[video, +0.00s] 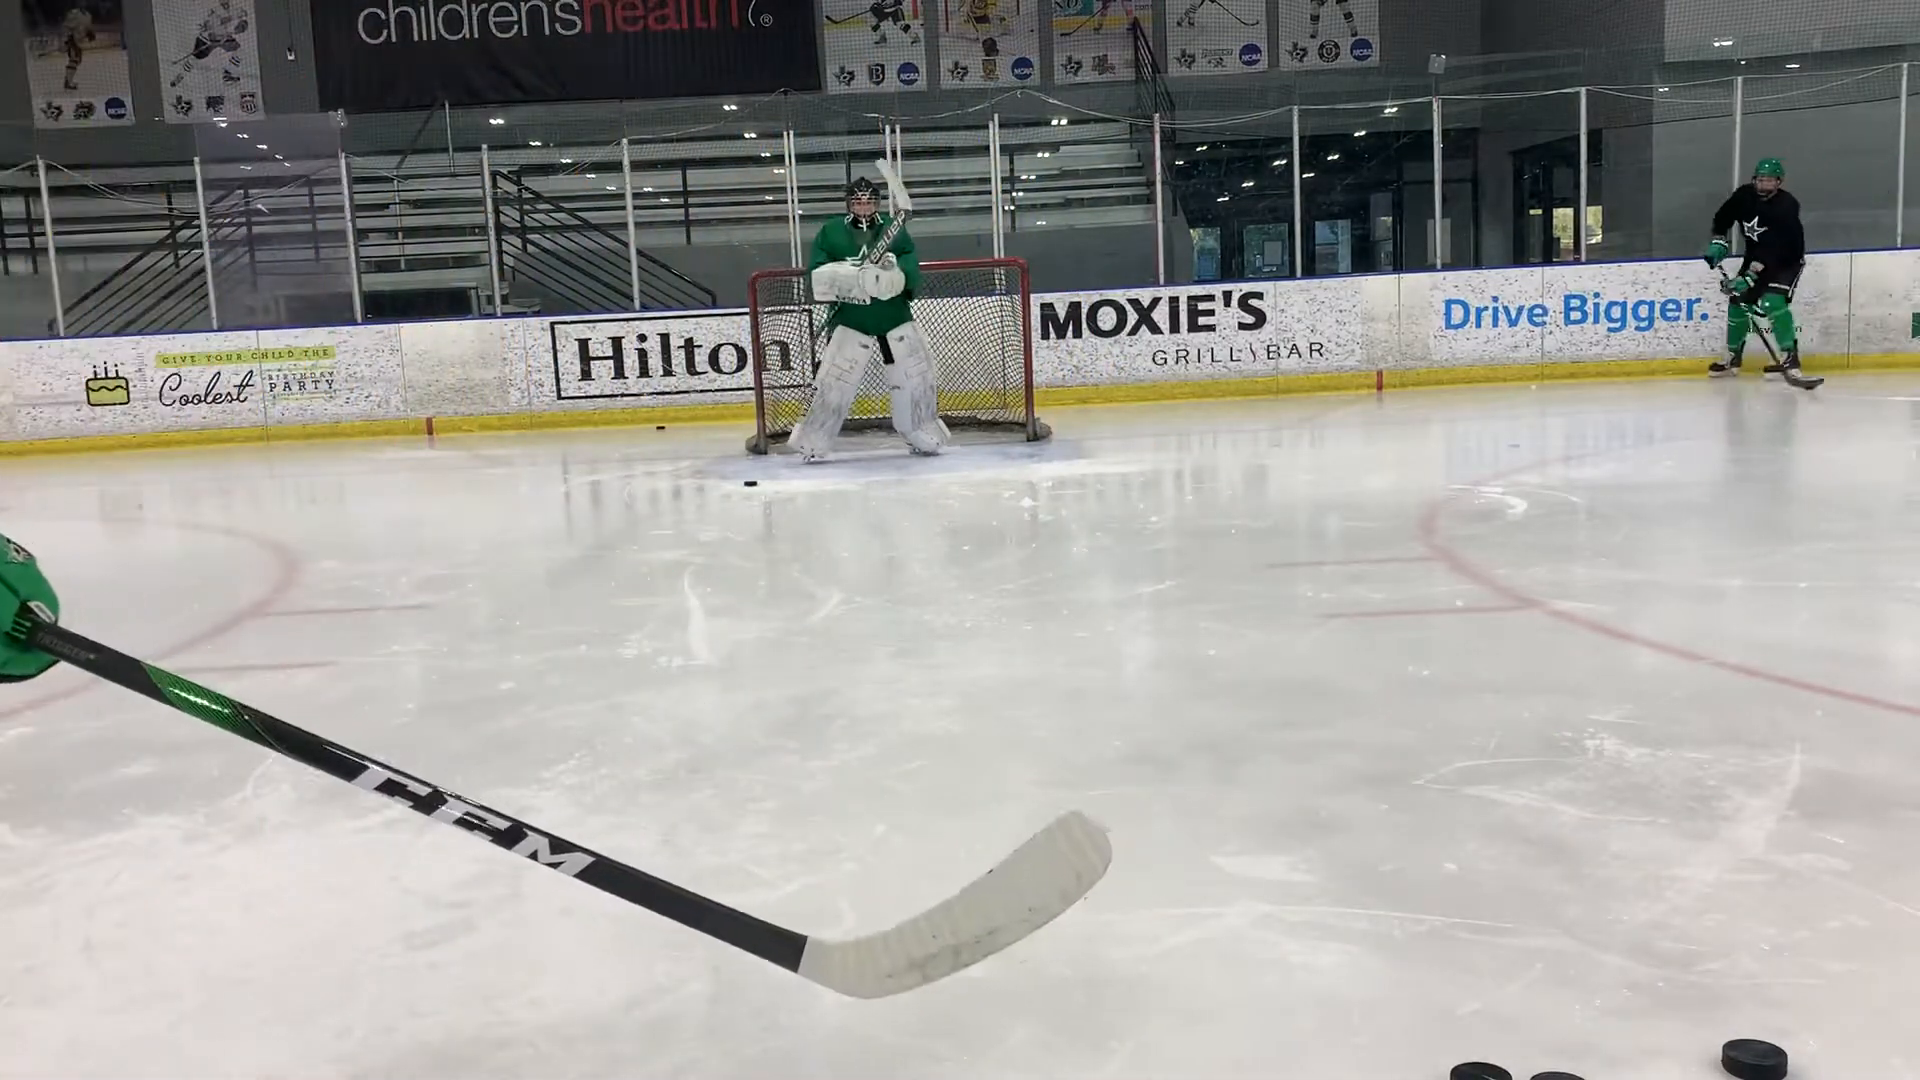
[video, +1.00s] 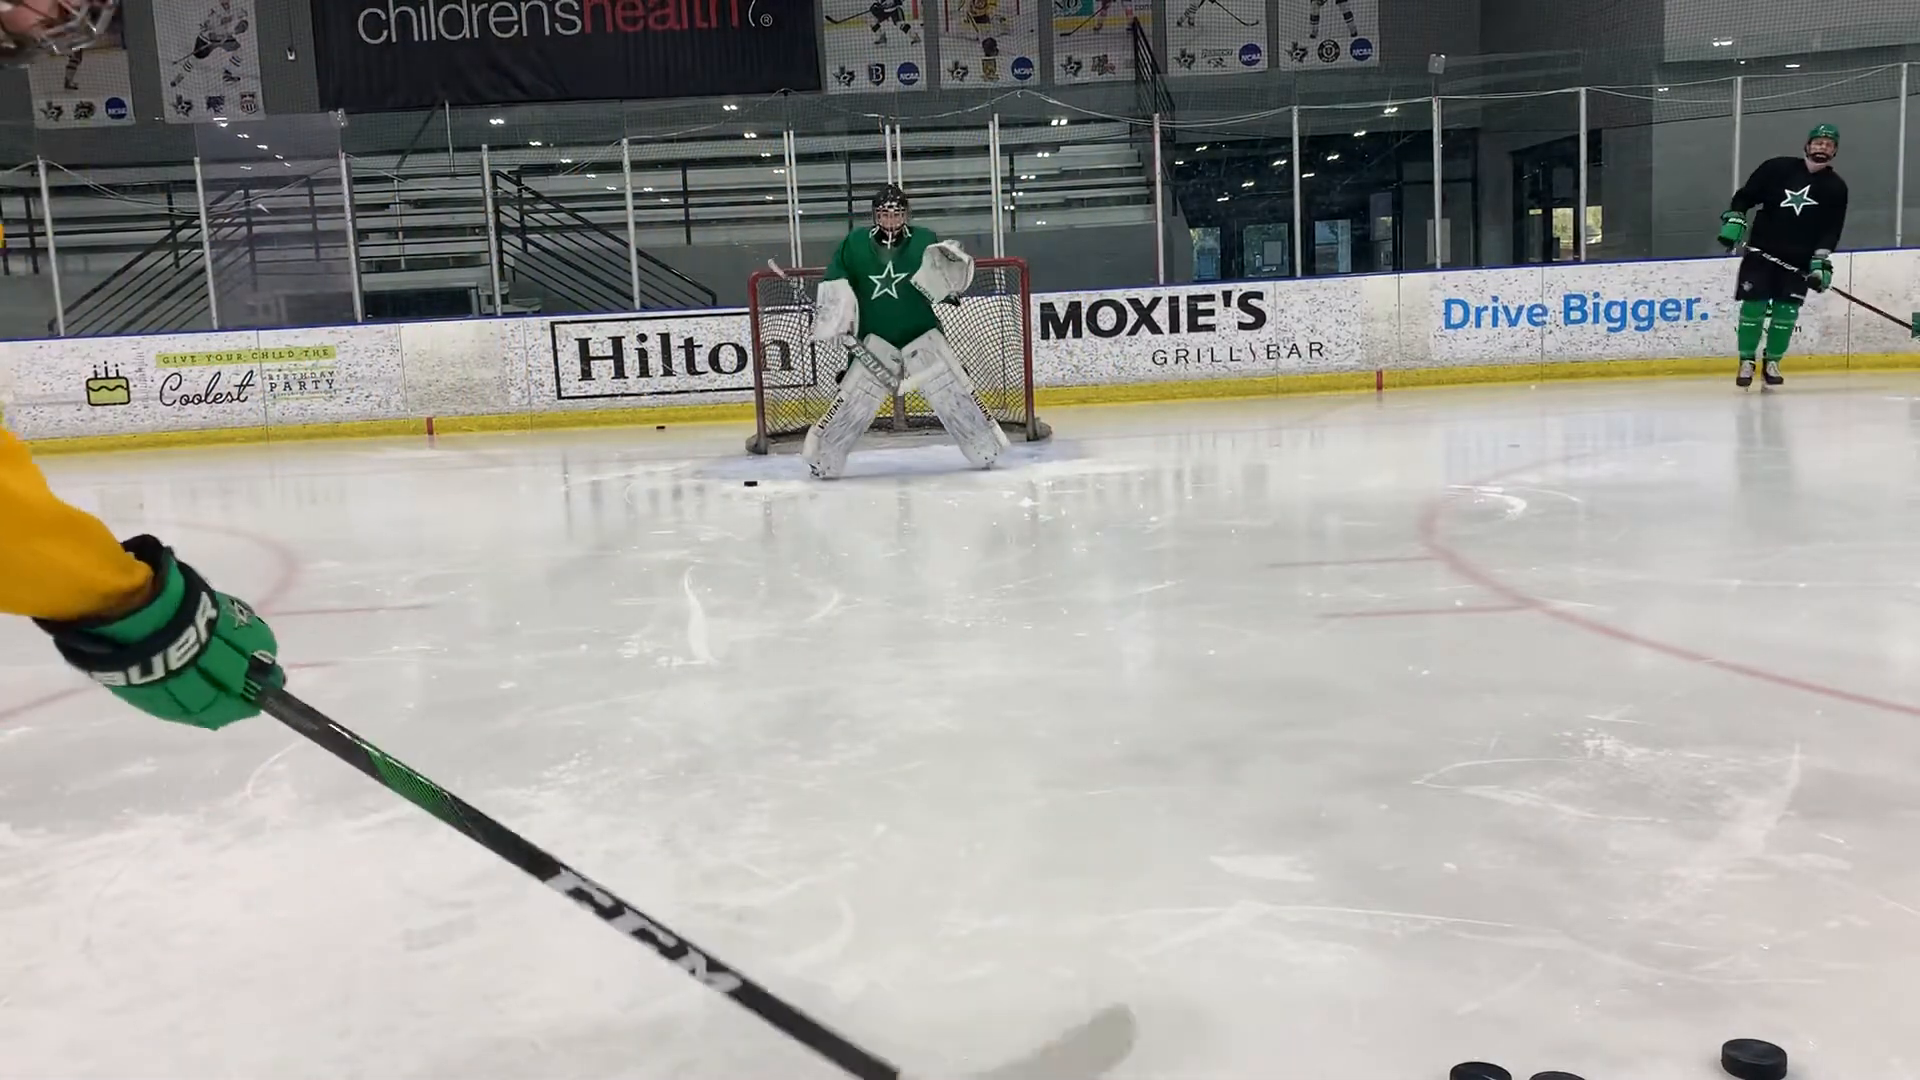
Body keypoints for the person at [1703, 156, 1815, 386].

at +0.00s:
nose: (1766, 185)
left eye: (1771, 180)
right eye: (1762, 179)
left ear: (1779, 182)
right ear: (1755, 180)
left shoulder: (1786, 205)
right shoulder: (1744, 195)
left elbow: (1777, 247)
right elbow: (1723, 217)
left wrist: (1750, 277)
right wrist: (1718, 242)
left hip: (1786, 262)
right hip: (1756, 259)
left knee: (1771, 302)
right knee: (1738, 303)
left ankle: (1790, 356)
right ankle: (1734, 357)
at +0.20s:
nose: (1757, 183)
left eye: (1763, 178)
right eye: (1754, 178)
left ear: (1770, 182)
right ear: (1747, 178)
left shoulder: (1778, 208)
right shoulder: (1730, 197)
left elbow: (1781, 245)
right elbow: (1711, 231)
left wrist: (1774, 274)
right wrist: (1726, 247)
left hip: (1760, 266)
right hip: (1731, 261)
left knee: (1750, 304)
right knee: (1711, 306)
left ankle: (1760, 359)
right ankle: (1699, 359)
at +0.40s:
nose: (1763, 182)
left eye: (1769, 177)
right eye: (1759, 176)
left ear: (1777, 181)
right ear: (1752, 178)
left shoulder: (1785, 210)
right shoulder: (1732, 198)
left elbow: (1790, 244)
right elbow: (1718, 235)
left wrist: (1792, 271)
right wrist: (1739, 248)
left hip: (1757, 266)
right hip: (1724, 260)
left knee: (1747, 308)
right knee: (1702, 308)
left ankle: (1744, 359)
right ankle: (1680, 355)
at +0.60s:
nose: (1783, 170)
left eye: (1790, 167)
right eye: (1780, 164)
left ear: (1797, 173)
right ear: (1773, 166)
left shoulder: (1799, 205)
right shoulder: (1747, 187)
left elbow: (1800, 241)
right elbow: (1718, 219)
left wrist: (1796, 267)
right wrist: (1725, 244)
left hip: (1764, 263)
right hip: (1731, 254)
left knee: (1753, 311)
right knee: (1708, 306)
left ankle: (1742, 359)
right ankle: (1689, 354)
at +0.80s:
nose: (1805, 157)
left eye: (1812, 154)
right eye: (1801, 151)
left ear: (1818, 161)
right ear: (1793, 153)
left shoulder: (1817, 197)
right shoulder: (1762, 174)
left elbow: (1814, 238)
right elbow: (1727, 202)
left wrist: (1814, 268)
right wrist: (1722, 229)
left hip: (1776, 257)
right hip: (1741, 249)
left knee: (1766, 309)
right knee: (1727, 304)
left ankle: (1754, 360)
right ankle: (1716, 355)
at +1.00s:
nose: (1822, 149)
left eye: (1828, 145)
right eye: (1818, 143)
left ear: (1834, 151)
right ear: (1807, 145)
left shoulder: (1836, 188)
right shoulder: (1777, 168)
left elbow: (1831, 229)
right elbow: (1746, 196)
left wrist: (1821, 260)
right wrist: (1734, 219)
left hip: (1799, 259)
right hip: (1762, 251)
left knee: (1787, 312)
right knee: (1753, 306)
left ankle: (1772, 362)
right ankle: (1746, 361)